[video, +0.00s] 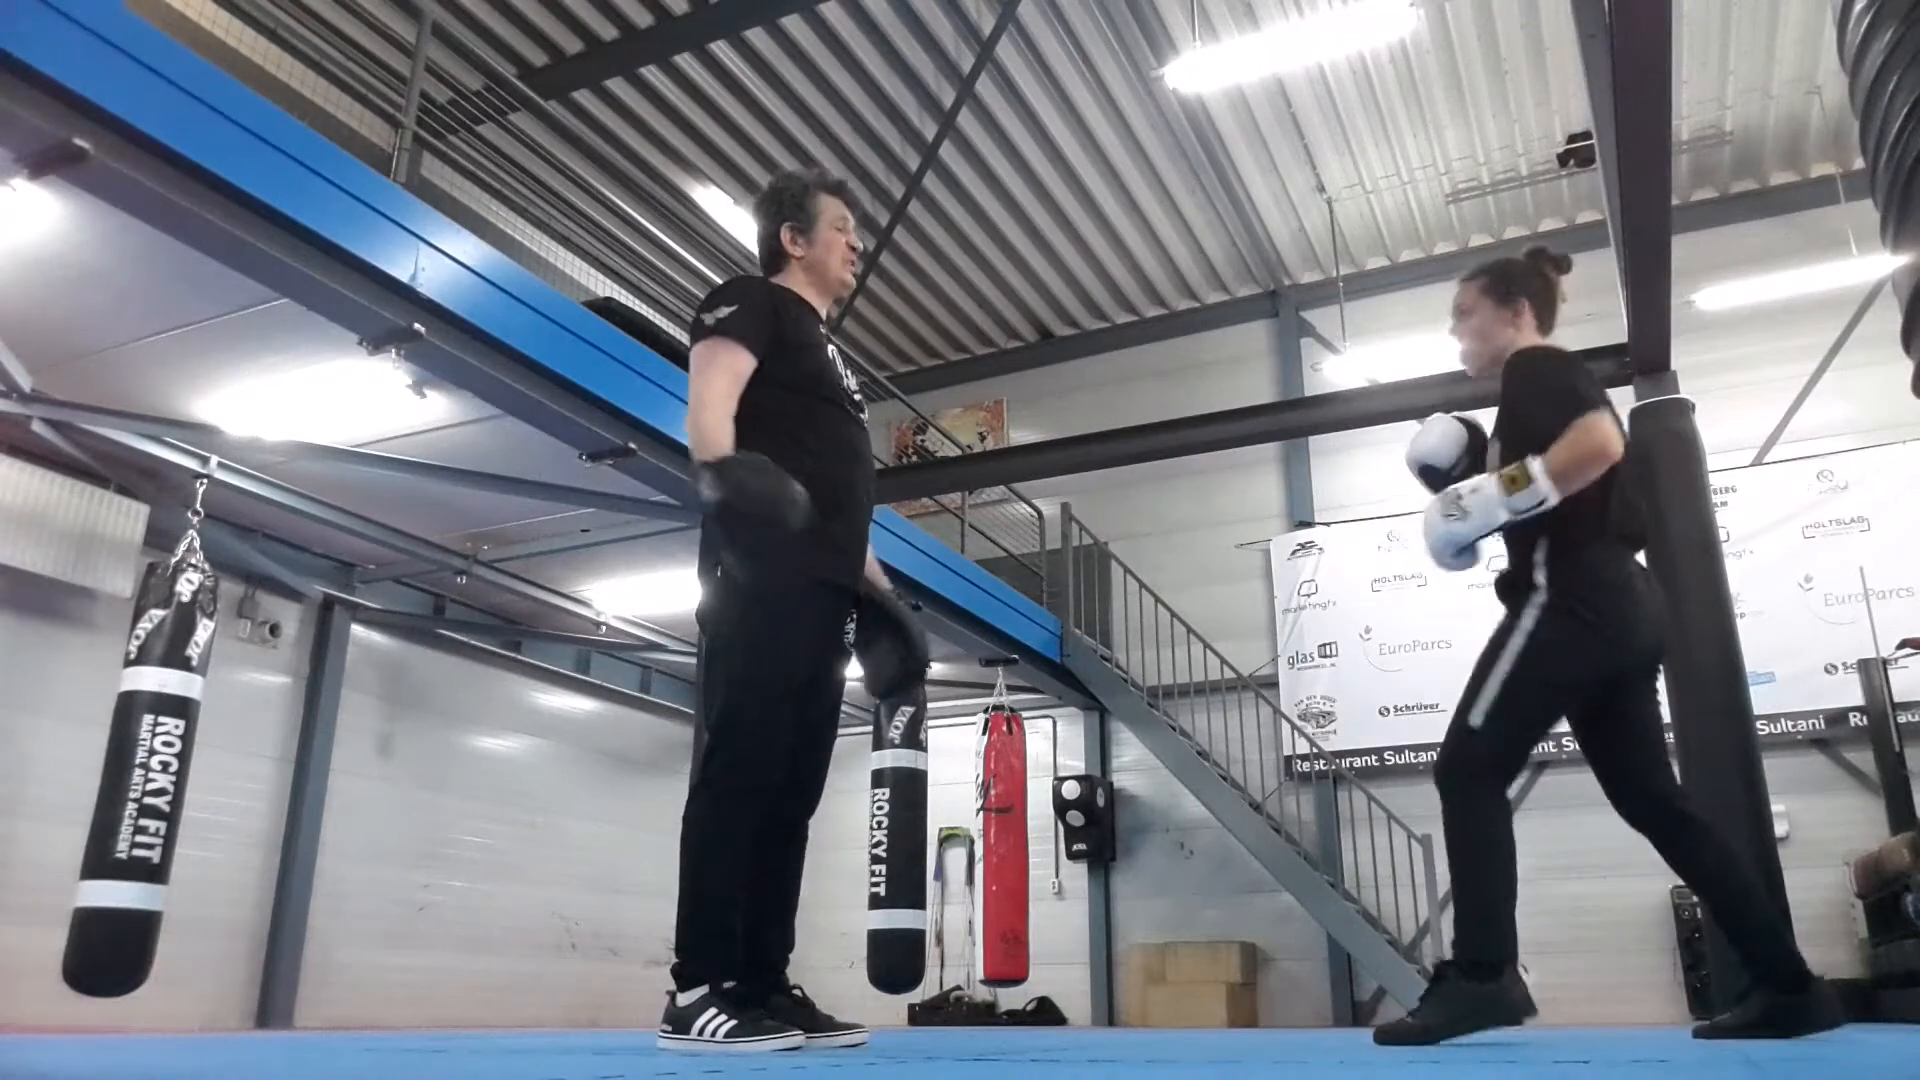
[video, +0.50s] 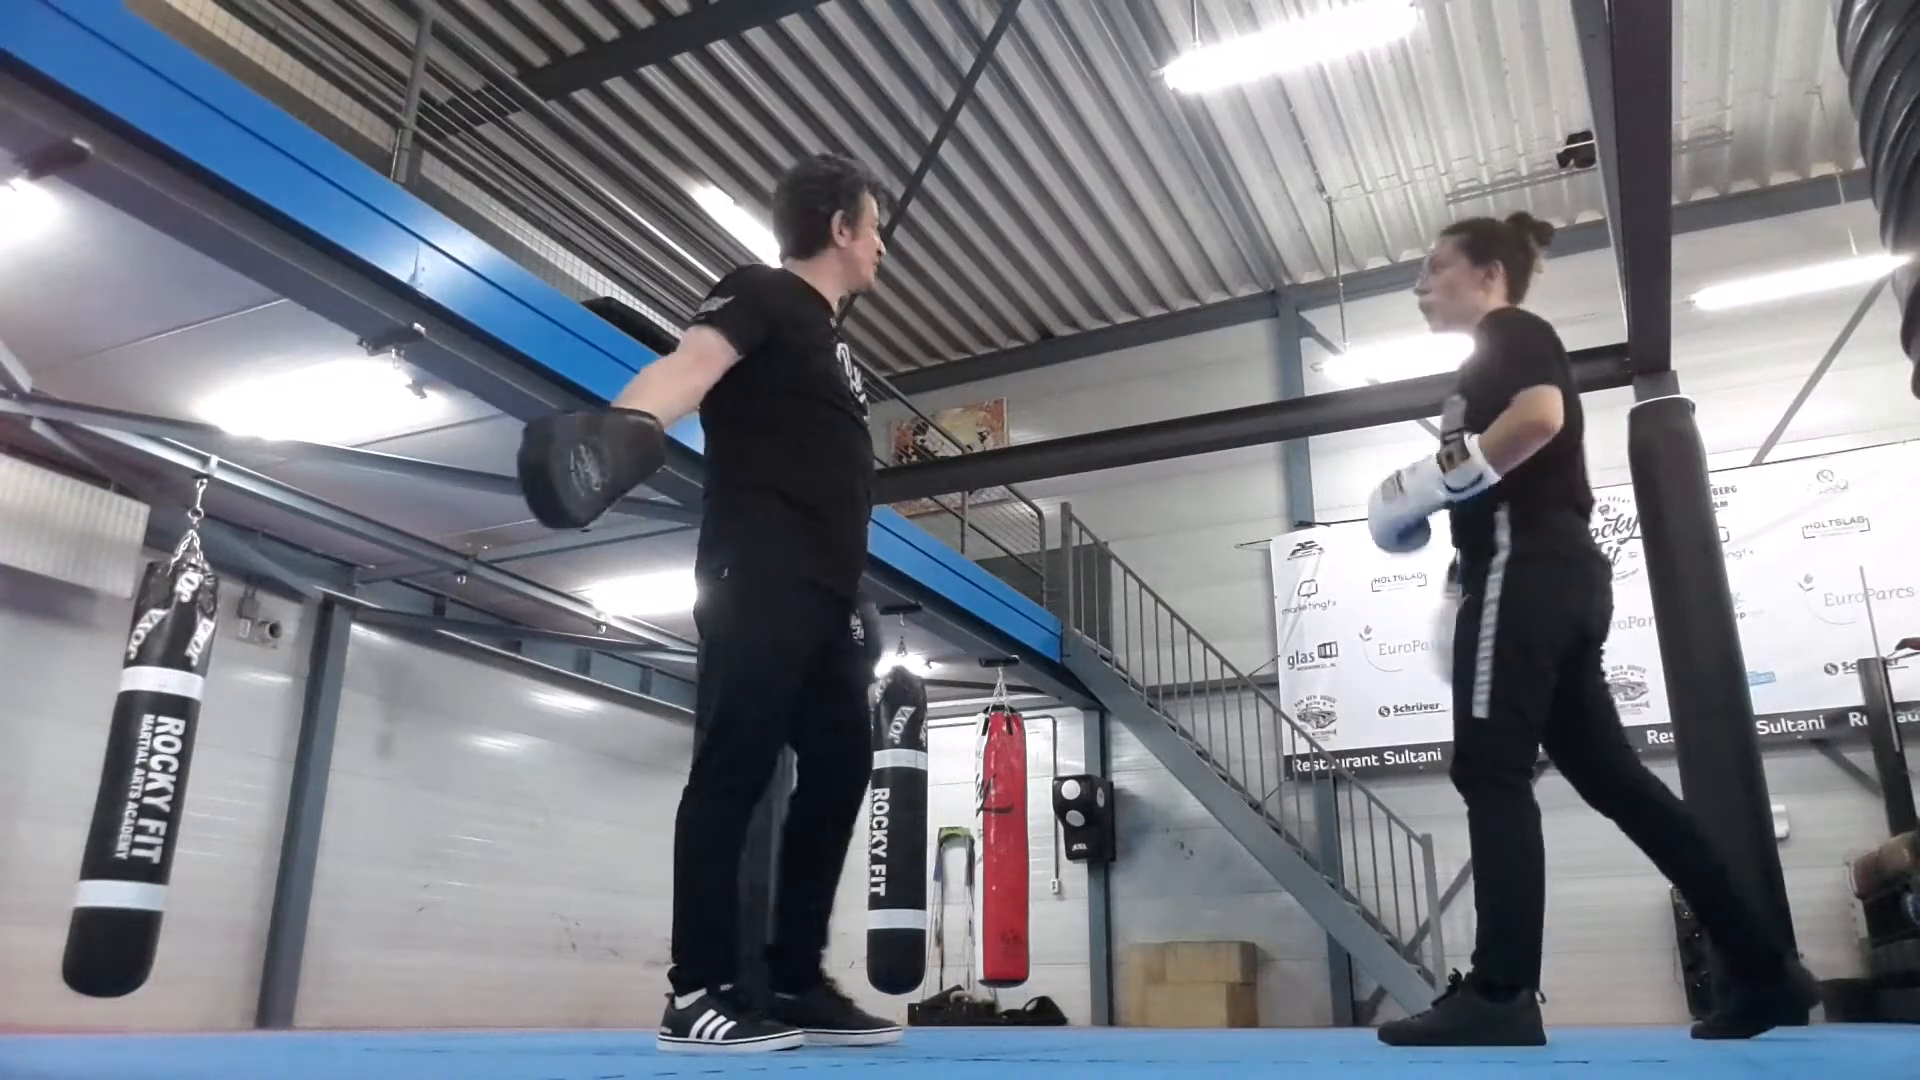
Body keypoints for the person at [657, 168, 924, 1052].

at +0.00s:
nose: (860, 248)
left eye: (859, 236)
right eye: (845, 231)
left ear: (824, 249)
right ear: (793, 238)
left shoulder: (825, 354)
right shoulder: (753, 299)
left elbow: (837, 503)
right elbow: (709, 401)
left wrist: (880, 597)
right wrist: (729, 479)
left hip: (820, 589)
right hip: (763, 571)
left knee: (792, 789)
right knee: (741, 772)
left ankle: (763, 987)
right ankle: (701, 993)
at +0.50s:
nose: (882, 246)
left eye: (882, 230)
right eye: (876, 228)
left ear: (832, 230)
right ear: (841, 226)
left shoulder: (828, 338)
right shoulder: (770, 293)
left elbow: (818, 475)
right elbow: (689, 368)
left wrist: (852, 592)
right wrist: (608, 443)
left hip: (820, 586)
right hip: (759, 571)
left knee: (840, 762)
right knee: (736, 763)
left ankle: (793, 982)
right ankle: (701, 992)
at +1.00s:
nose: (877, 268)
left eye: (868, 257)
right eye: (875, 254)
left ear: (786, 268)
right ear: (864, 255)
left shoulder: (761, 354)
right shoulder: (863, 315)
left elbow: (806, 458)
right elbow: (977, 421)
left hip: (801, 587)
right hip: (836, 585)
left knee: (847, 787)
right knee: (774, 775)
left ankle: (853, 998)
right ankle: (705, 996)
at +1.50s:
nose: (932, 281)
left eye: (924, 269)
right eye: (923, 267)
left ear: (843, 288)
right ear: (911, 271)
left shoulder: (808, 378)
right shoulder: (912, 311)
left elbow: (794, 516)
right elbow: (1006, 248)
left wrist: (782, 612)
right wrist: (965, 183)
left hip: (842, 579)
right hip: (896, 573)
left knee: (858, 788)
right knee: (829, 775)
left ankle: (853, 995)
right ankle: (723, 970)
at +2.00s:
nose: (948, 311)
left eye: (948, 298)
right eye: (943, 295)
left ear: (882, 293)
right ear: (907, 287)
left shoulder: (857, 356)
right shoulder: (894, 329)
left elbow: (904, 475)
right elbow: (941, 423)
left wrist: (972, 439)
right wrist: (1024, 523)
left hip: (864, 582)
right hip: (887, 580)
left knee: (860, 787)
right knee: (884, 773)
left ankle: (849, 995)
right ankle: (752, 946)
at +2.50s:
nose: (1043, 322)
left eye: (1047, 309)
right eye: (1044, 304)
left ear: (1001, 285)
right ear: (1013, 284)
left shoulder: (975, 351)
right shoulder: (948, 319)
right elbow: (908, 400)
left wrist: (992, 583)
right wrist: (881, 481)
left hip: (942, 597)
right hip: (952, 594)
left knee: (887, 793)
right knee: (1001, 778)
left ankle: (851, 994)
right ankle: (1012, 981)